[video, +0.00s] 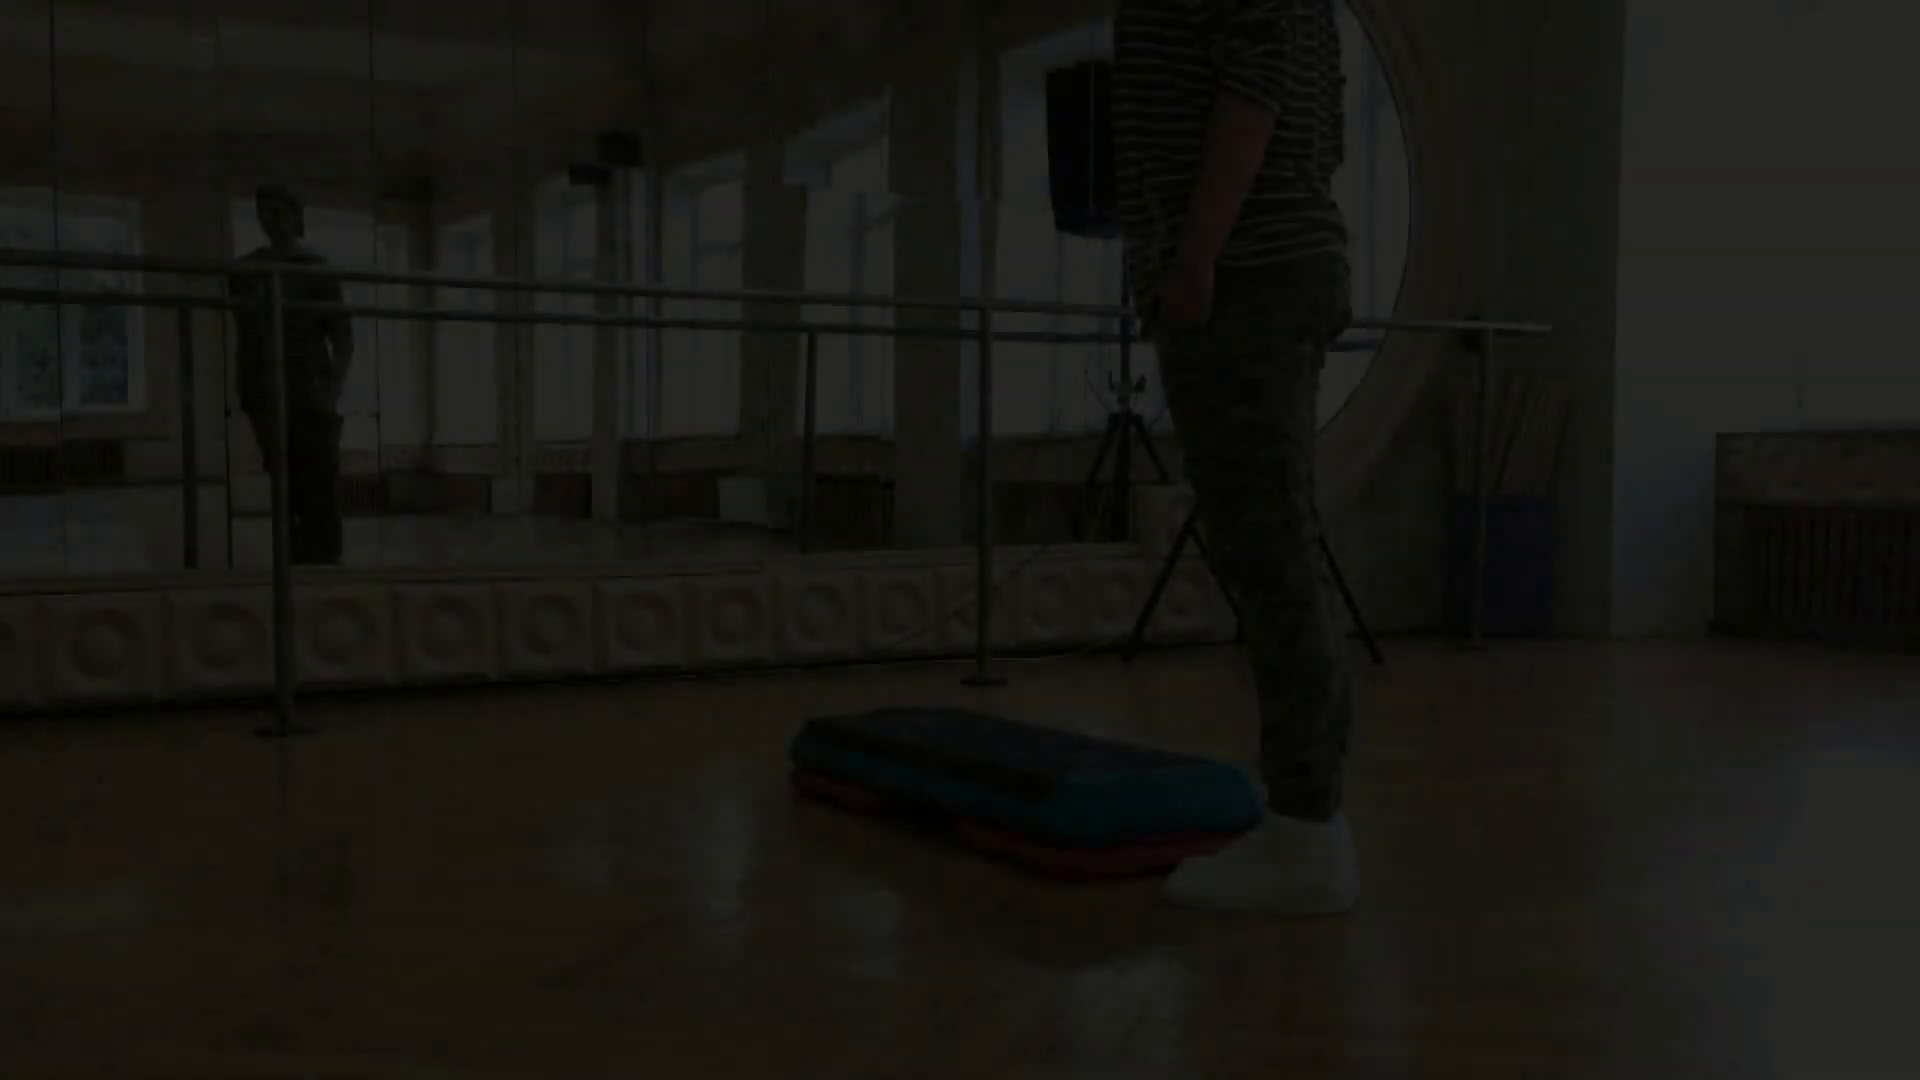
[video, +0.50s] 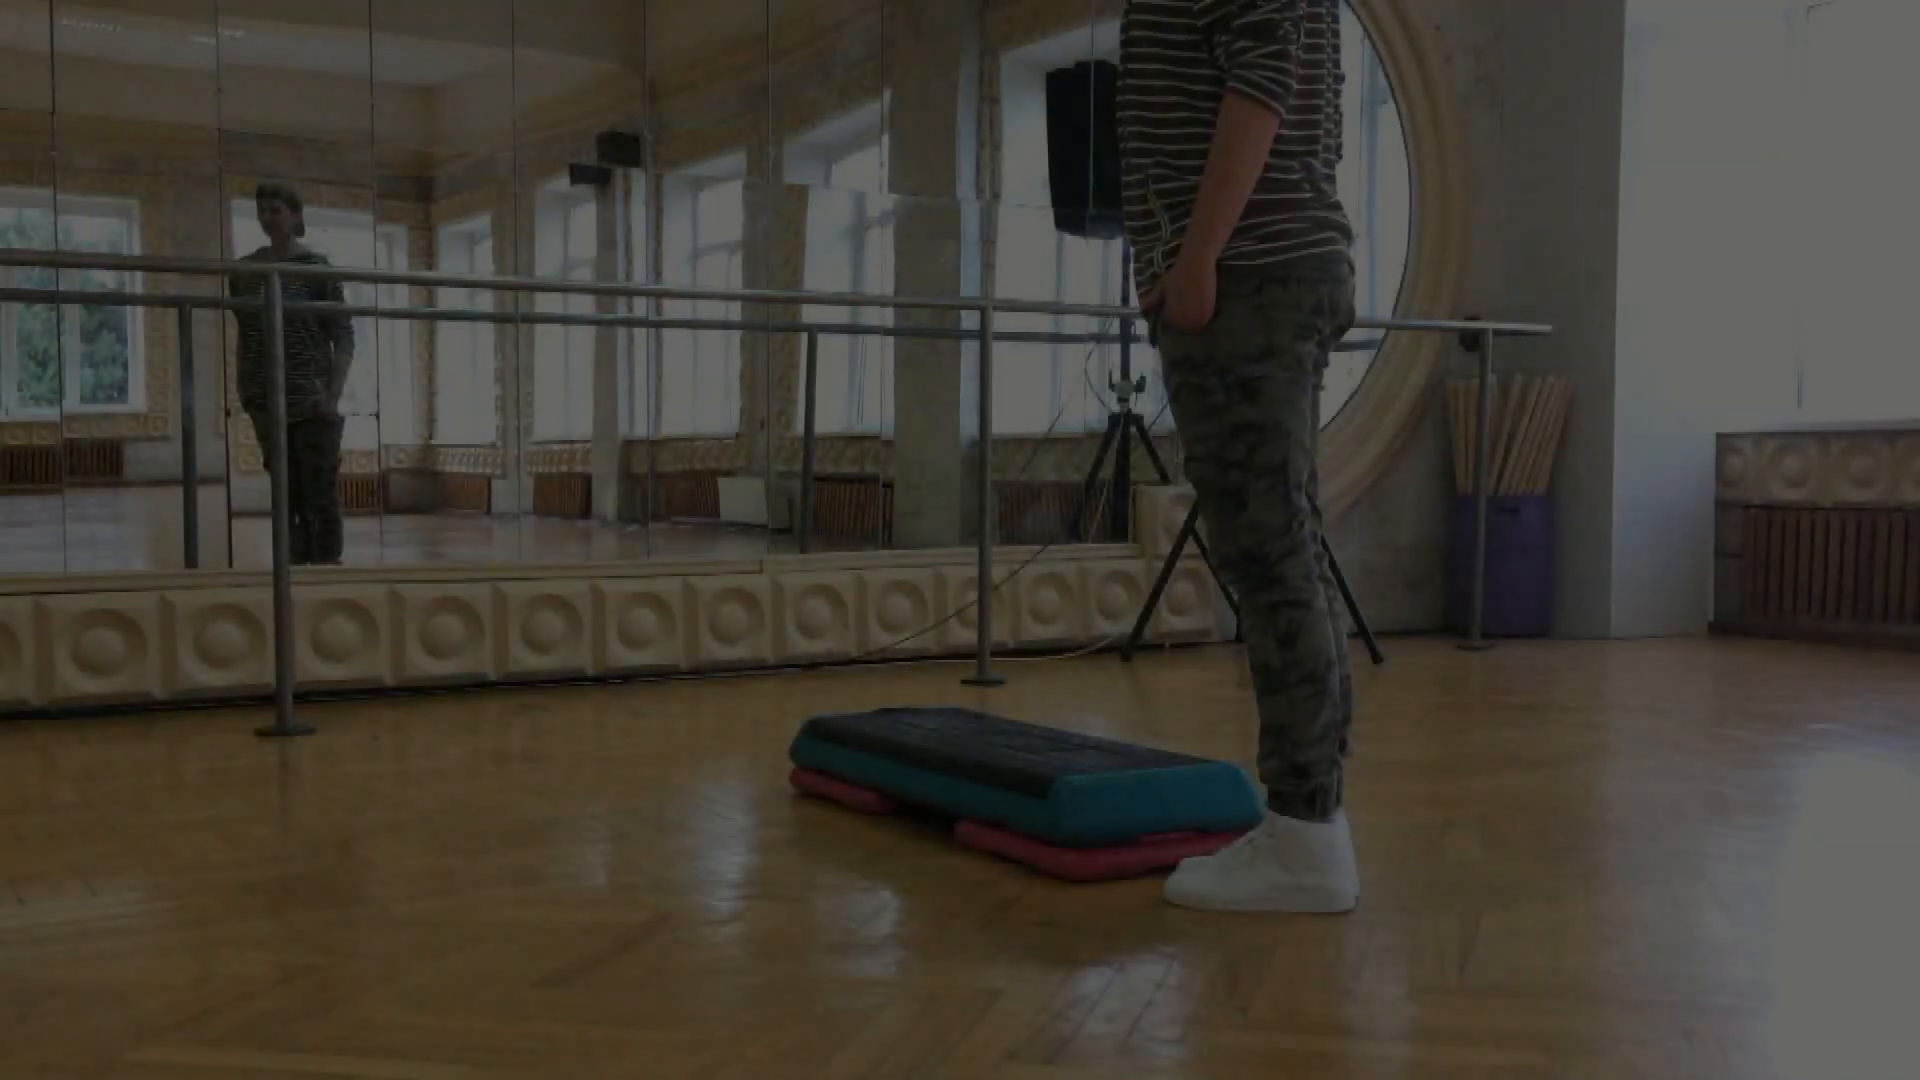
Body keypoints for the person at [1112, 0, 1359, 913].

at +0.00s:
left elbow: (1250, 97)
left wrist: (1195, 257)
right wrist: (1179, 254)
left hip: (1253, 275)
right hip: (1240, 274)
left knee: (1264, 544)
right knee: (1263, 543)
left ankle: (1304, 829)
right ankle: (1302, 819)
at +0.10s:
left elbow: (1255, 85)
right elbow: (1250, 92)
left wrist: (1195, 254)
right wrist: (1179, 254)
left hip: (1251, 270)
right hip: (1242, 268)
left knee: (1260, 546)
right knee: (1262, 544)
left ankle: (1303, 830)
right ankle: (1303, 820)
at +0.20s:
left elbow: (1251, 78)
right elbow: (1255, 86)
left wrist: (1190, 249)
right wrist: (1182, 249)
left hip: (1246, 266)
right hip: (1253, 263)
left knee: (1255, 542)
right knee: (1264, 539)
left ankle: (1299, 827)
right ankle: (1303, 815)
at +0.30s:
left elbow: (1251, 72)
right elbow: (1254, 80)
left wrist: (1190, 247)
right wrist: (1180, 248)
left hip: (1248, 261)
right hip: (1256, 257)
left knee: (1257, 542)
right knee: (1266, 539)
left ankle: (1299, 830)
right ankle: (1303, 819)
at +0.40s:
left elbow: (1256, 78)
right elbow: (1251, 85)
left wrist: (1194, 254)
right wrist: (1177, 253)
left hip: (1250, 270)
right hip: (1253, 266)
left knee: (1261, 547)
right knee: (1271, 544)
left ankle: (1301, 834)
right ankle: (1306, 821)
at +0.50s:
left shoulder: (1246, 2)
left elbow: (1262, 83)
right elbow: (1258, 90)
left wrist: (1197, 257)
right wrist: (1182, 255)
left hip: (1249, 276)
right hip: (1250, 273)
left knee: (1264, 548)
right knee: (1272, 545)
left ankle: (1303, 835)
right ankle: (1306, 821)